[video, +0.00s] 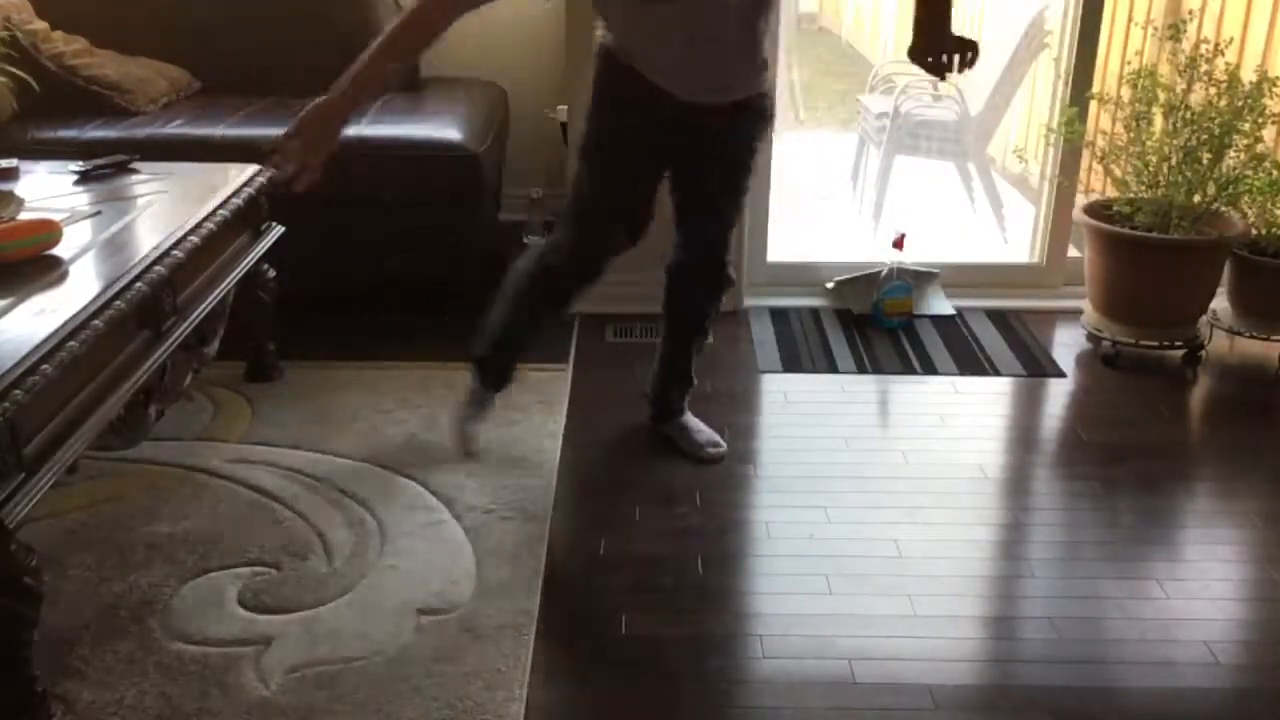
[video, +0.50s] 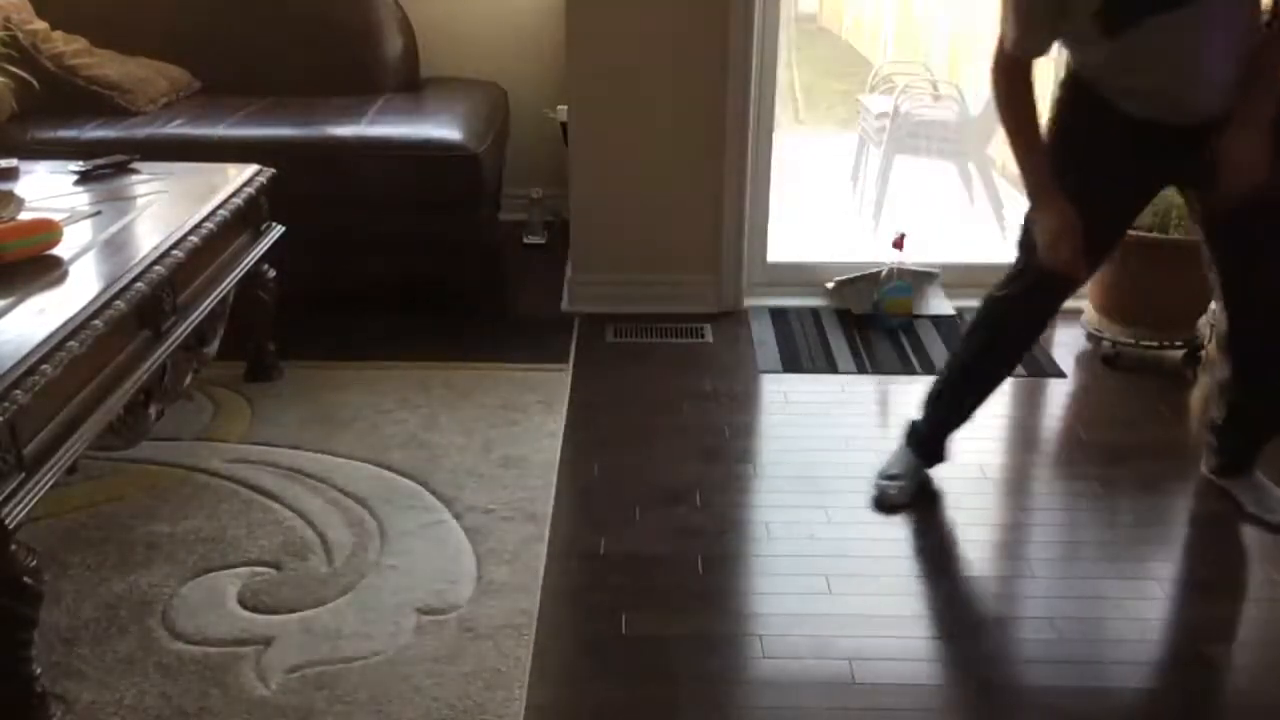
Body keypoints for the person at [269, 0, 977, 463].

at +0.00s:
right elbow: (442, 13)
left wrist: (926, 30)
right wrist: (330, 113)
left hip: (736, 86)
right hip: (635, 66)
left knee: (703, 259)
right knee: (586, 244)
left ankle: (671, 410)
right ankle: (485, 380)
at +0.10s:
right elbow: (549, 27)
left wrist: (926, 27)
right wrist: (482, 156)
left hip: (827, 65)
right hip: (726, 55)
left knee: (771, 255)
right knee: (724, 245)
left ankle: (707, 388)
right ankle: (676, 405)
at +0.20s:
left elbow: (1000, 1)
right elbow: (701, 54)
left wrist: (953, 87)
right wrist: (689, 219)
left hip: (917, 71)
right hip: (813, 70)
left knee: (907, 259)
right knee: (841, 265)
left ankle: (881, 356)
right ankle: (816, 449)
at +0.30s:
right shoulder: (833, 7)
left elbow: (1049, 19)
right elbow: (822, 92)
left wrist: (1004, 152)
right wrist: (843, 244)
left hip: (997, 106)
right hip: (886, 109)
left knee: (1053, 288)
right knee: (881, 306)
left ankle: (1084, 429)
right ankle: (817, 449)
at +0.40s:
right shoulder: (943, 6)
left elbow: (1175, 19)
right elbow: (934, 81)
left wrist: (1105, 150)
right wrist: (963, 224)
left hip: (1127, 121)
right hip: (1005, 124)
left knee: (1183, 310)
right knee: (934, 304)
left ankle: (1223, 466)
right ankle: (826, 447)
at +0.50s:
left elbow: (1278, 23)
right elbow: (1009, 63)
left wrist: (1255, 119)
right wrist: (1043, 195)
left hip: (1227, 112)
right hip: (1110, 111)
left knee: (1265, 308)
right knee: (1037, 284)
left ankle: (1236, 459)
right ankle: (919, 446)